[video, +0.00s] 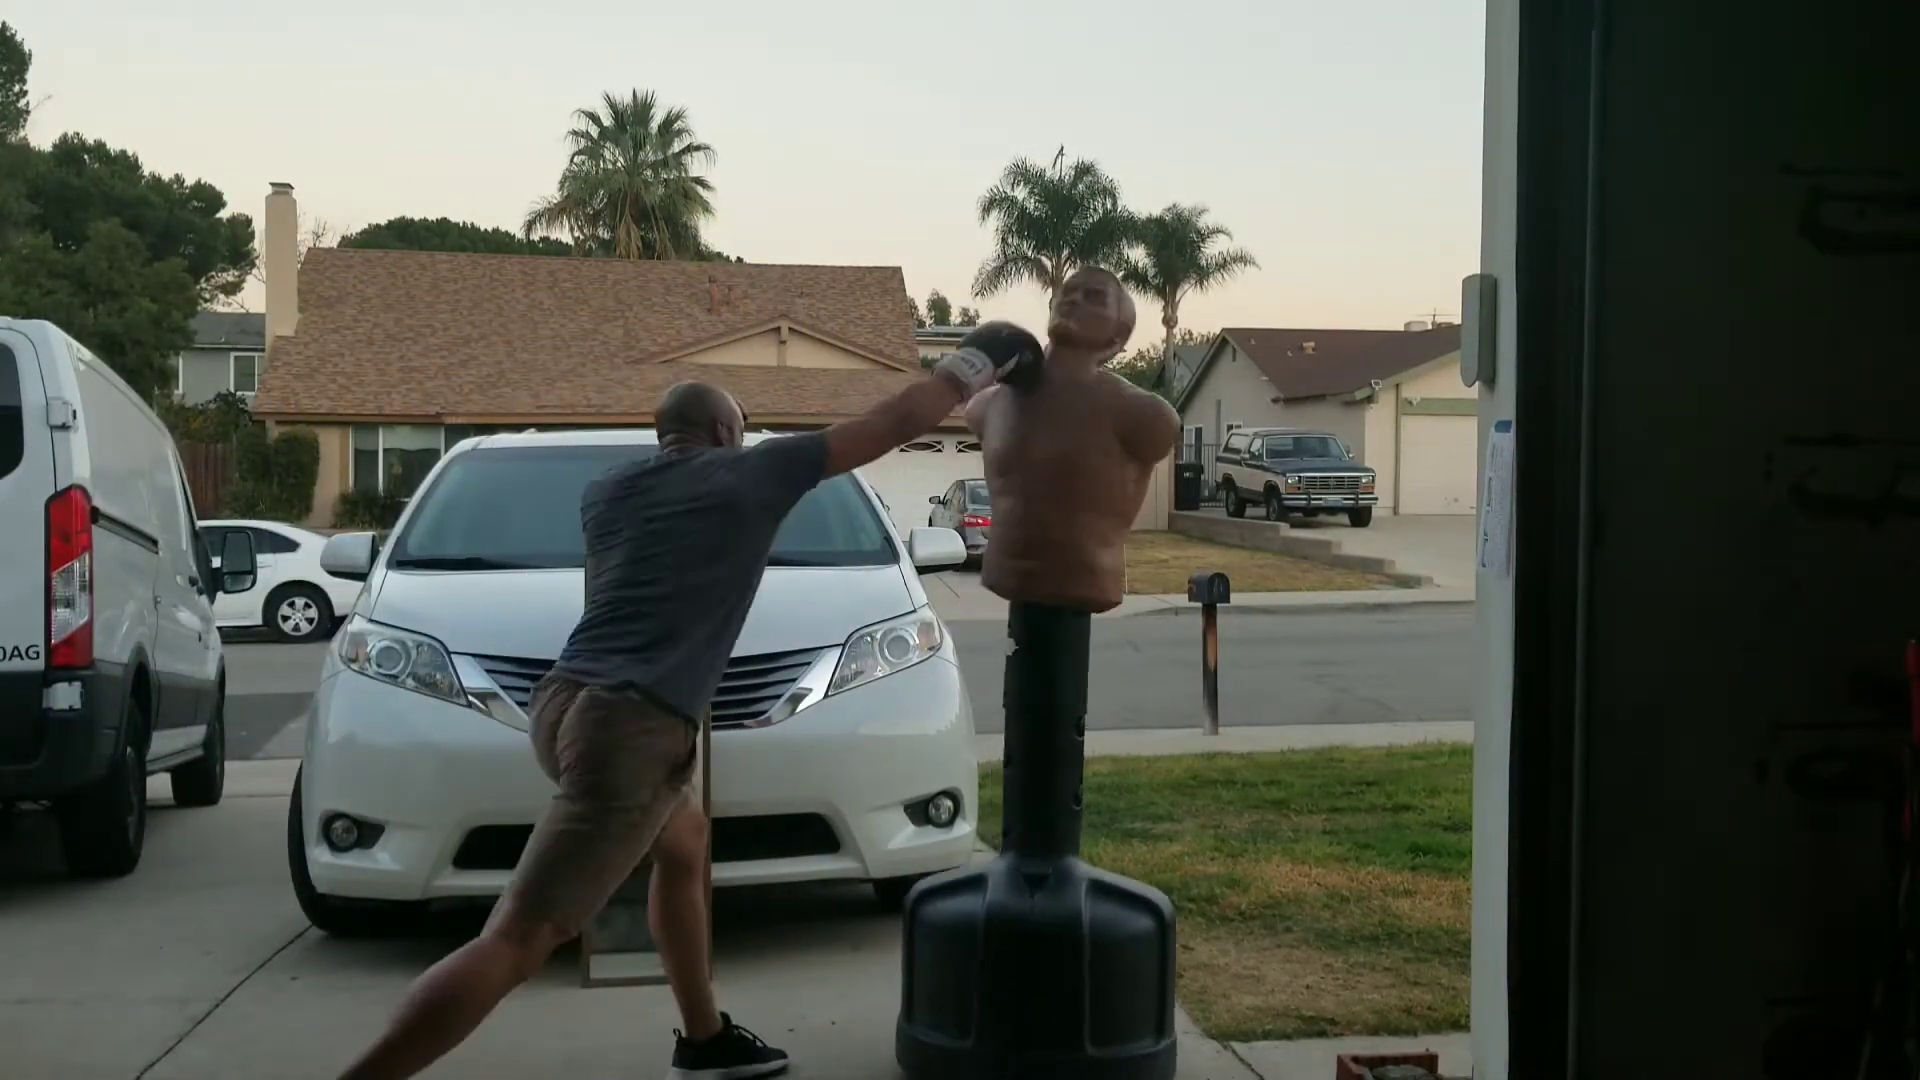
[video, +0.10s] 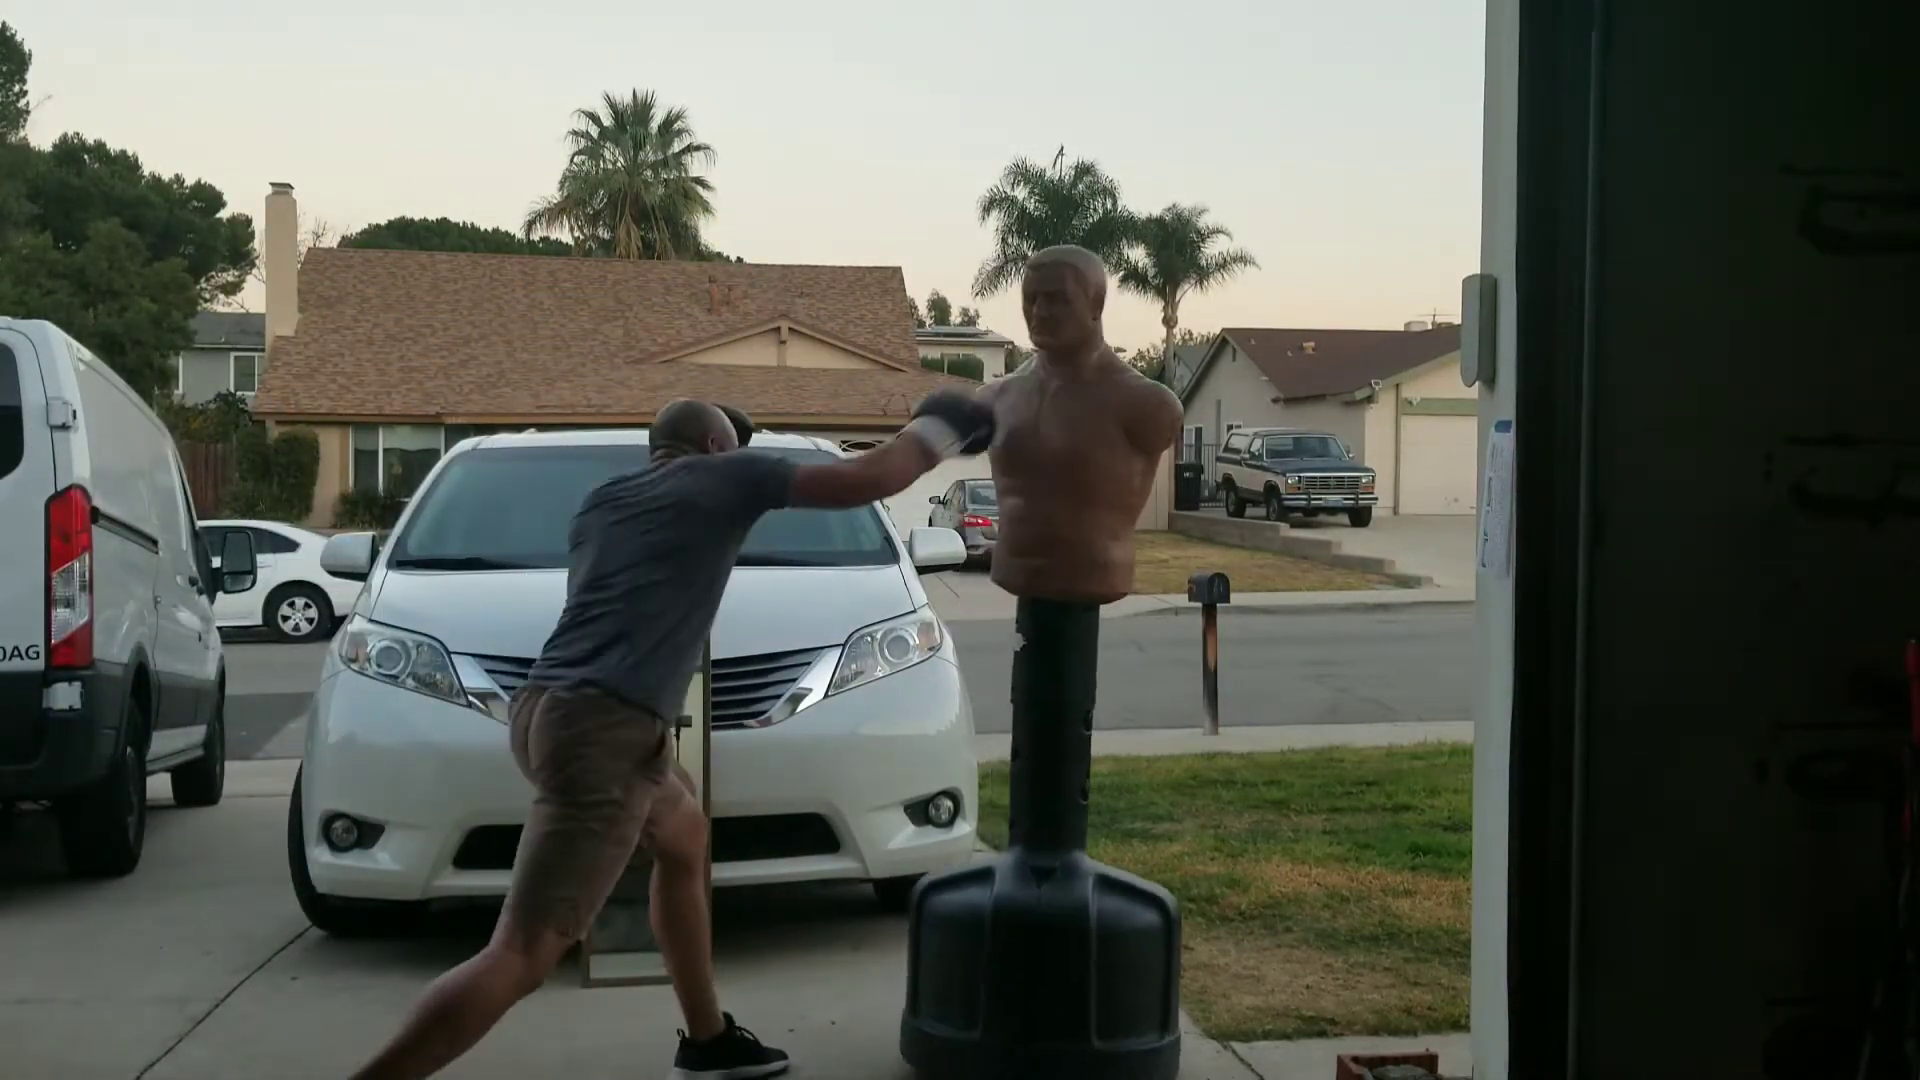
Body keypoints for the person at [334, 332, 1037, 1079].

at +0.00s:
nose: (747, 439)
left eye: (739, 428)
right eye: (742, 428)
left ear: (660, 435)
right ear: (728, 430)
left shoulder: (607, 490)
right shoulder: (754, 474)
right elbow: (891, 422)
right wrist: (974, 366)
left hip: (563, 708)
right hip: (639, 727)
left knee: (684, 839)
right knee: (514, 943)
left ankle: (704, 1032)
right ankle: (362, 1072)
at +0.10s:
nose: (741, 455)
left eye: (740, 447)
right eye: (738, 445)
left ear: (659, 448)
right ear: (716, 442)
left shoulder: (605, 497)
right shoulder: (726, 474)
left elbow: (595, 582)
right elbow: (867, 478)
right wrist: (941, 424)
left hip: (543, 710)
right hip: (603, 721)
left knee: (684, 827)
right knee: (521, 955)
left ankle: (708, 1036)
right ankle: (372, 1074)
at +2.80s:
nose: (842, 366)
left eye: (844, 347)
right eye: (844, 344)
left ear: (744, 329)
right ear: (820, 340)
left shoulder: (648, 396)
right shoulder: (755, 412)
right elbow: (822, 586)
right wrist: (874, 484)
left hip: (583, 737)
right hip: (654, 745)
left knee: (673, 966)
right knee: (776, 1034)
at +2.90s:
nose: (838, 291)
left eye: (840, 275)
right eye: (837, 272)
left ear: (727, 263)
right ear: (817, 265)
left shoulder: (640, 334)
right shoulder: (774, 336)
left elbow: (734, 301)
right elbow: (889, 488)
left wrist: (833, 299)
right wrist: (920, 358)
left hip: (586, 690)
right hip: (670, 694)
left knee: (674, 932)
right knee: (751, 990)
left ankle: (669, 1073)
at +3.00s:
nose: (831, 243)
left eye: (842, 228)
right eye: (832, 224)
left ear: (727, 216)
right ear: (813, 224)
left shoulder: (639, 290)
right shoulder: (782, 290)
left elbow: (726, 269)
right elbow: (912, 431)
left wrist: (811, 212)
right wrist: (929, 291)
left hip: (596, 654)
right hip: (684, 660)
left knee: (677, 940)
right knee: (736, 983)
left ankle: (649, 1072)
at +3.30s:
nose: (866, 254)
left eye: (860, 236)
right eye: (865, 235)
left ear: (749, 236)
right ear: (850, 233)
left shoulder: (638, 342)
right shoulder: (831, 333)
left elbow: (591, 526)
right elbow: (900, 545)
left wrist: (717, 501)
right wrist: (935, 426)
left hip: (653, 719)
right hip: (761, 719)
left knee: (747, 1008)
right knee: (746, 1031)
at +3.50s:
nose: (861, 275)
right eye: (862, 262)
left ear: (748, 269)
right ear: (855, 260)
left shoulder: (662, 373)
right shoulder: (892, 359)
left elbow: (655, 566)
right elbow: (987, 556)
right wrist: (1001, 439)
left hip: (691, 738)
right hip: (810, 747)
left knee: (762, 1000)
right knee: (762, 1033)